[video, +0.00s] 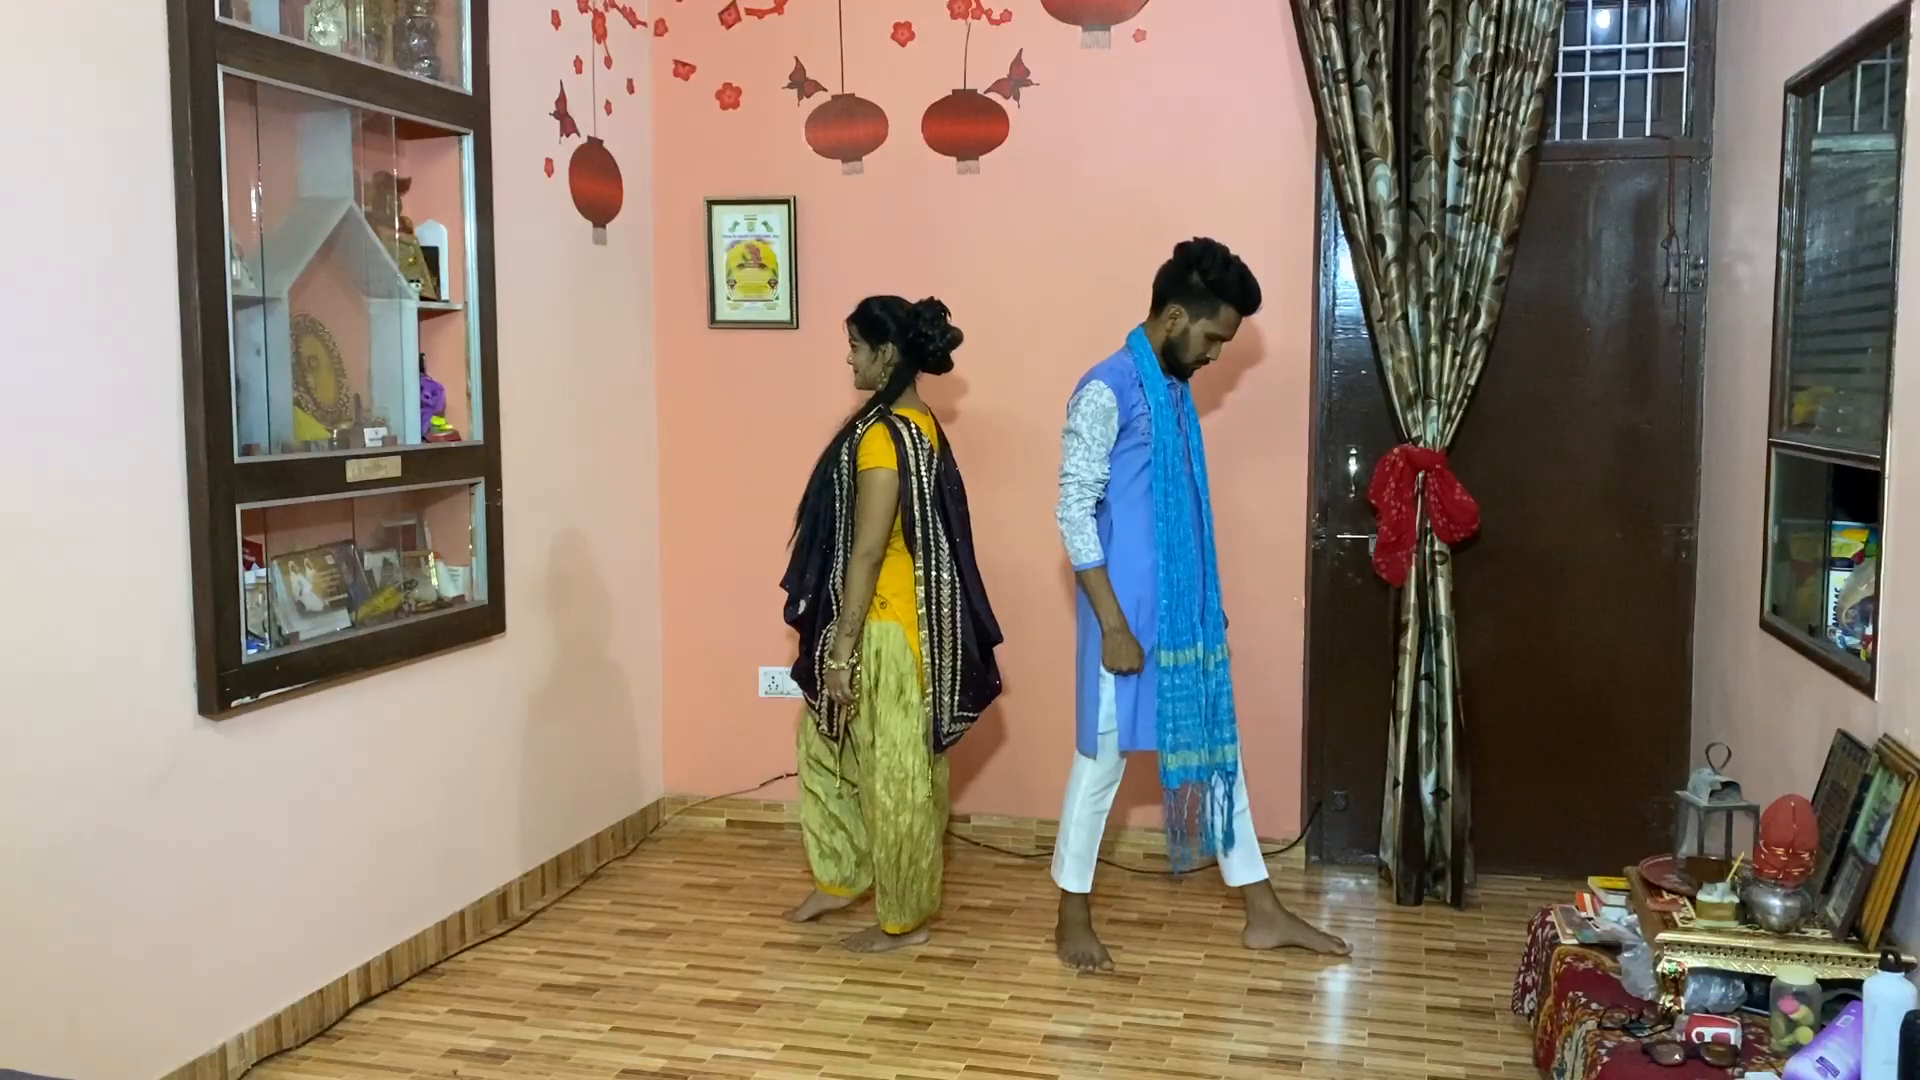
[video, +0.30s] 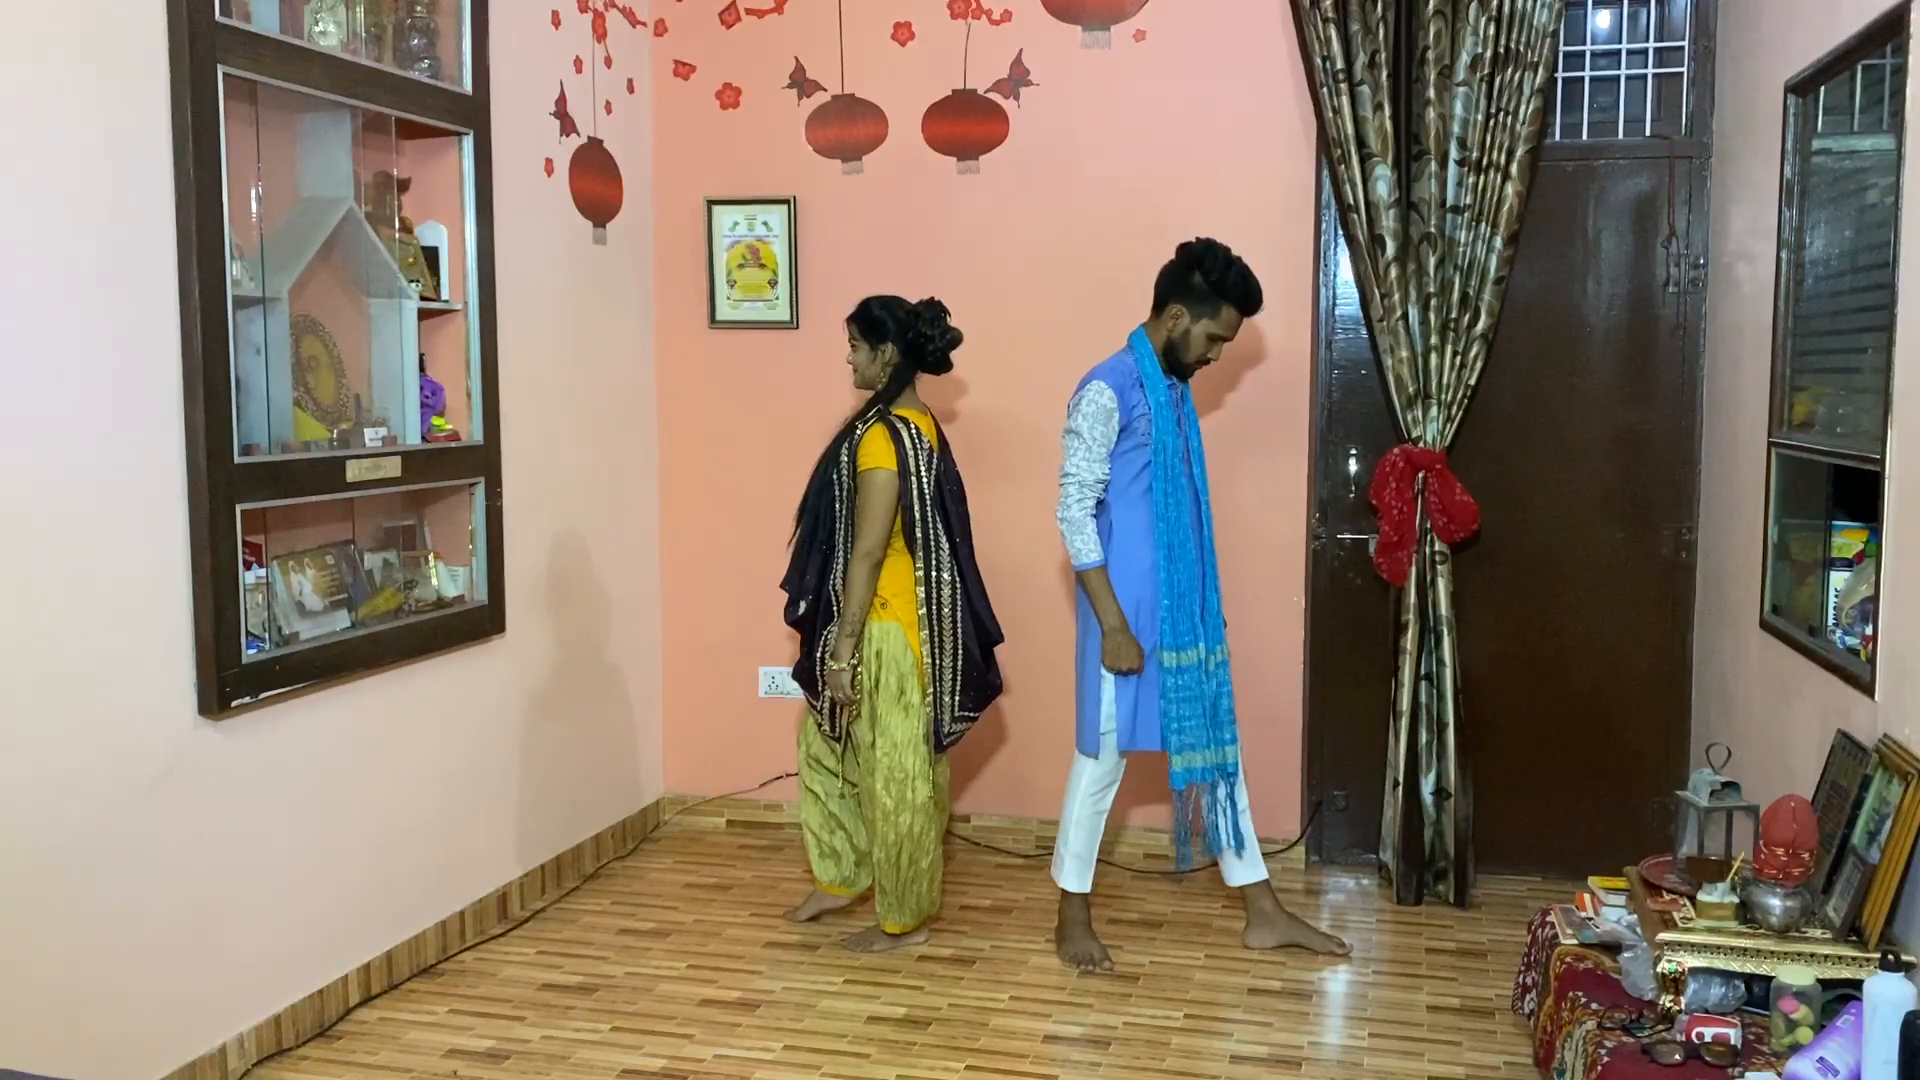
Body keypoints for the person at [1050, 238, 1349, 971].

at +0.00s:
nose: (1217, 352)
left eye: (1225, 339)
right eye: (1214, 336)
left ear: (1196, 320)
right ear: (1172, 312)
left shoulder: (1173, 390)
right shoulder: (1105, 393)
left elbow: (1177, 516)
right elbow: (1075, 515)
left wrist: (1204, 608)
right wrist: (1113, 623)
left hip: (1186, 606)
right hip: (1123, 607)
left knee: (1214, 747)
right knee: (1102, 757)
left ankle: (1263, 908)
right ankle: (1073, 915)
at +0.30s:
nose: (1218, 353)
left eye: (1226, 340)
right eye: (1214, 337)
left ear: (1196, 320)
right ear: (1172, 312)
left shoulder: (1172, 391)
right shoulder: (1105, 393)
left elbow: (1171, 515)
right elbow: (1075, 514)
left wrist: (1196, 606)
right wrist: (1113, 623)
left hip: (1184, 605)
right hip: (1122, 606)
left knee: (1212, 743)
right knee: (1102, 756)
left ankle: (1263, 907)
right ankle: (1072, 914)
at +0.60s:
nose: (1218, 353)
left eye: (1226, 340)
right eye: (1215, 337)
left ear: (1194, 320)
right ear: (1173, 312)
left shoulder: (1172, 392)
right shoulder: (1105, 393)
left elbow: (1172, 516)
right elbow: (1075, 515)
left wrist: (1198, 607)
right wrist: (1113, 624)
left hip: (1184, 605)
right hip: (1122, 607)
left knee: (1212, 746)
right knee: (1102, 757)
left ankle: (1263, 908)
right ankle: (1072, 915)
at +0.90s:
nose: (1218, 353)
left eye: (1226, 340)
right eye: (1215, 336)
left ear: (1193, 320)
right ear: (1173, 312)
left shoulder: (1172, 392)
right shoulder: (1105, 393)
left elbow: (1173, 517)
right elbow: (1076, 516)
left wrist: (1199, 608)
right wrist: (1113, 623)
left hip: (1184, 605)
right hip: (1122, 607)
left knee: (1211, 745)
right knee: (1102, 756)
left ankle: (1263, 907)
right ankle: (1072, 913)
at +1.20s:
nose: (1218, 353)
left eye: (1226, 340)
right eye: (1215, 336)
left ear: (1195, 320)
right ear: (1172, 312)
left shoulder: (1172, 392)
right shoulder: (1106, 393)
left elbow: (1173, 516)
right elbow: (1076, 514)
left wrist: (1199, 608)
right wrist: (1113, 623)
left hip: (1184, 605)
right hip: (1122, 606)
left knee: (1212, 744)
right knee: (1102, 755)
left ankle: (1263, 907)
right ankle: (1072, 914)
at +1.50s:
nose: (1219, 353)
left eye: (1227, 340)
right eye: (1215, 336)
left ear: (1194, 320)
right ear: (1173, 312)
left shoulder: (1172, 391)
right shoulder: (1106, 392)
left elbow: (1173, 516)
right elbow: (1076, 515)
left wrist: (1200, 608)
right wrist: (1114, 622)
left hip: (1184, 604)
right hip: (1123, 605)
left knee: (1211, 745)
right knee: (1103, 754)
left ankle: (1263, 908)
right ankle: (1072, 913)